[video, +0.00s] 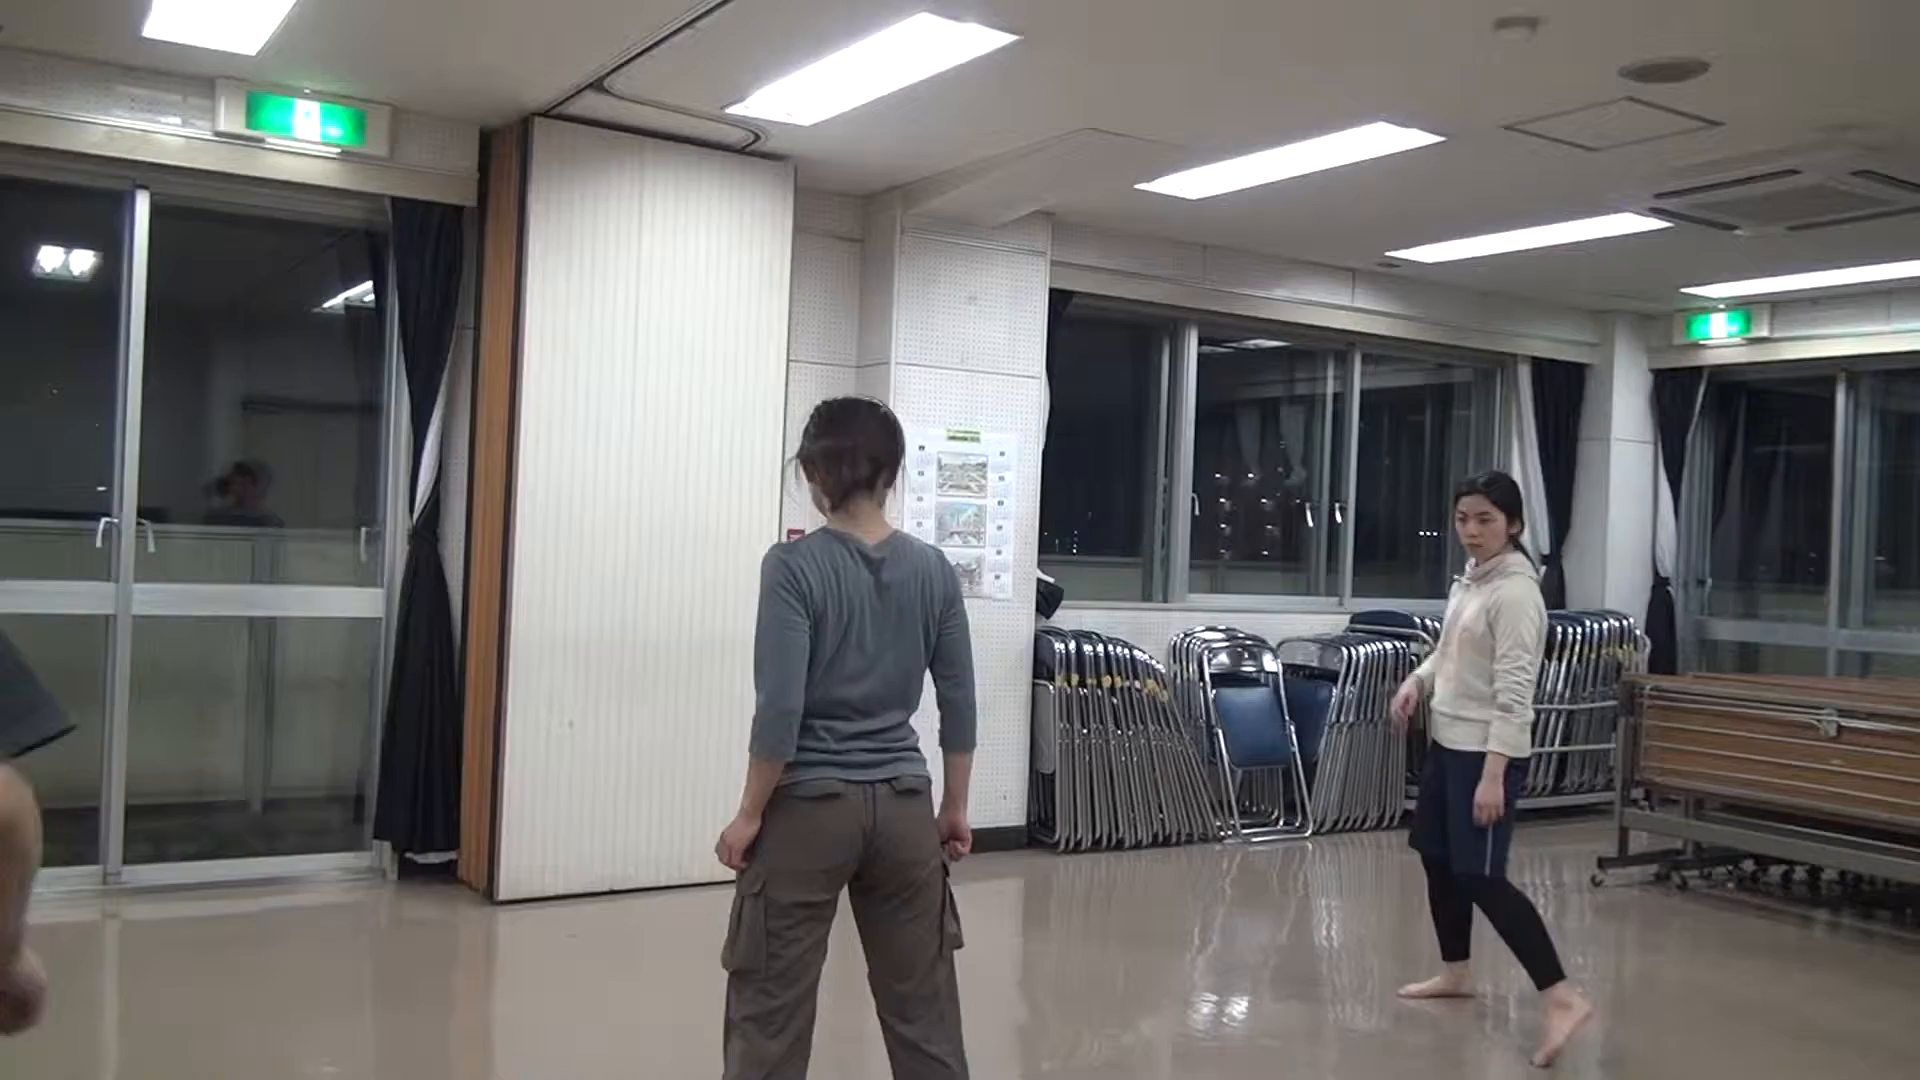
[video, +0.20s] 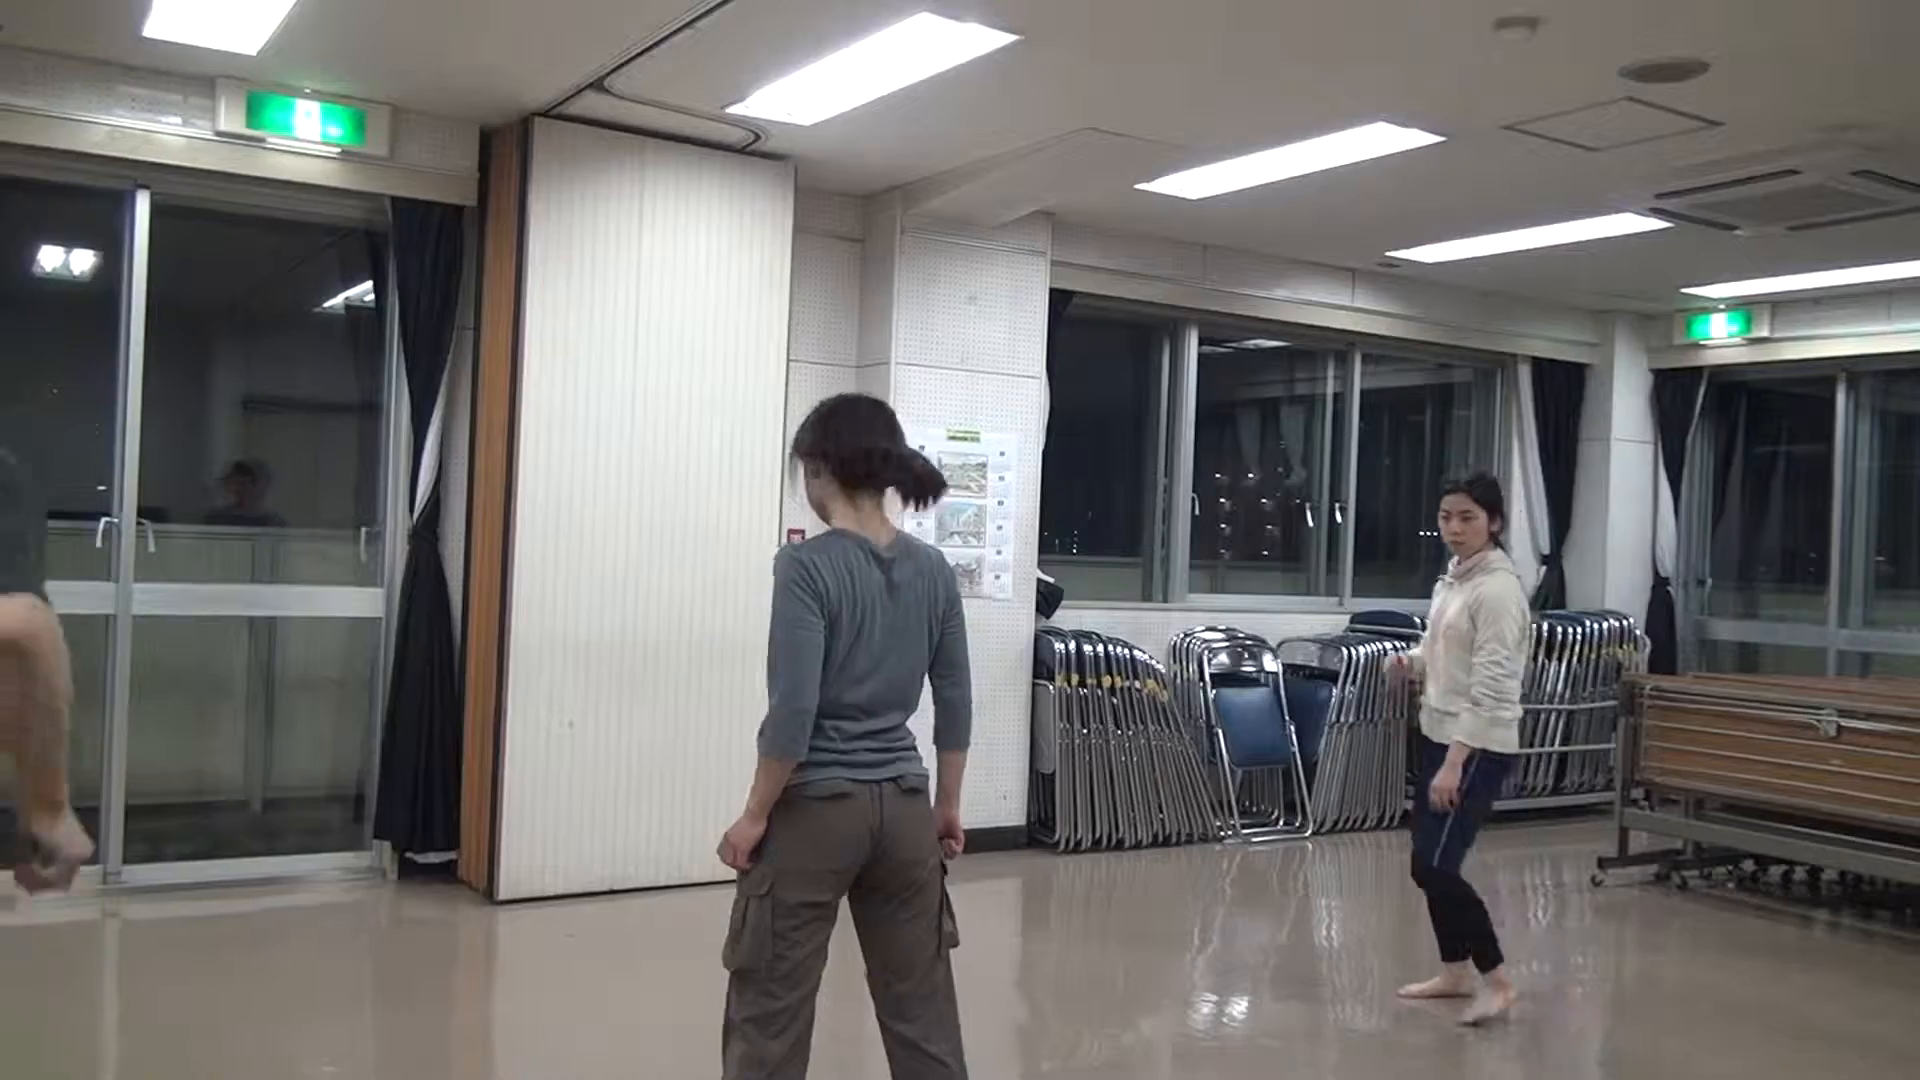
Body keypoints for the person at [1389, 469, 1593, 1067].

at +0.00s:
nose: (1469, 530)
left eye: (1481, 519)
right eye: (1462, 520)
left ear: (1510, 524)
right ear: (1457, 525)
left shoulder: (1516, 590)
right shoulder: (1472, 579)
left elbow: (1517, 689)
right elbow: (1450, 653)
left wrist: (1494, 772)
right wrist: (1416, 681)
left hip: (1483, 753)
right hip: (1445, 745)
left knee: (1479, 875)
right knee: (1435, 853)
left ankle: (1563, 999)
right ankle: (1454, 976)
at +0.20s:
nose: (1453, 526)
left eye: (1466, 517)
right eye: (1446, 517)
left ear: (1493, 523)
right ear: (1440, 522)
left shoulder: (1498, 590)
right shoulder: (1455, 579)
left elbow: (1491, 688)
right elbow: (1448, 651)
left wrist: (1455, 762)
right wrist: (1415, 661)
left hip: (1479, 745)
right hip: (1444, 736)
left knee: (1435, 864)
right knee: (1429, 861)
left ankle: (1498, 982)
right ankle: (1455, 973)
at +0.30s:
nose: (1447, 527)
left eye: (1460, 517)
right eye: (1440, 517)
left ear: (1486, 524)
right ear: (1433, 523)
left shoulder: (1490, 588)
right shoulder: (1450, 578)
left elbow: (1482, 682)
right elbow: (1450, 665)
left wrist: (1441, 754)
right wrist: (1416, 663)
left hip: (1475, 744)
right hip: (1443, 736)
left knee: (1421, 857)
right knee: (1419, 857)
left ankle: (1459, 974)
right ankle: (1450, 971)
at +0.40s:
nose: (1441, 528)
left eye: (1454, 518)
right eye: (1434, 519)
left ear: (1479, 524)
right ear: (1427, 525)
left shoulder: (1482, 588)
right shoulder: (1445, 580)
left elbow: (1471, 685)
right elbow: (1441, 670)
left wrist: (1432, 757)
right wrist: (1412, 659)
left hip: (1467, 744)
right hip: (1438, 735)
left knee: (1409, 853)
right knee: (1424, 855)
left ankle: (1442, 976)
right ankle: (1454, 970)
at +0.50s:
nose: (1434, 529)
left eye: (1446, 520)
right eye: (1427, 520)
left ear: (1472, 524)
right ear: (1421, 524)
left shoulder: (1473, 586)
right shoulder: (1441, 577)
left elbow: (1465, 683)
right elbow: (1438, 668)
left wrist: (1427, 760)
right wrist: (1412, 657)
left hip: (1463, 741)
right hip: (1437, 733)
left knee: (1405, 853)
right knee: (1420, 853)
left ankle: (1427, 980)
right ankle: (1453, 968)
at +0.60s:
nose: (1428, 531)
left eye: (1440, 521)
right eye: (1421, 521)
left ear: (1465, 525)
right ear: (1414, 524)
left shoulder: (1466, 588)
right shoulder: (1438, 579)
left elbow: (1452, 682)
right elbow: (1436, 667)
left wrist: (1418, 760)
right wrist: (1409, 656)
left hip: (1456, 742)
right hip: (1437, 736)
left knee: (1408, 855)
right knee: (1419, 855)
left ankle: (1416, 994)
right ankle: (1454, 968)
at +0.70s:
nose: (1423, 532)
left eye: (1435, 522)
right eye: (1416, 523)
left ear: (1460, 527)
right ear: (1410, 527)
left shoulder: (1461, 589)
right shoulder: (1433, 582)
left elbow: (1438, 681)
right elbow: (1427, 678)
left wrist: (1396, 750)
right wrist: (1404, 659)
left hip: (1451, 742)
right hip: (1426, 736)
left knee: (1416, 857)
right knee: (1407, 851)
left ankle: (1414, 993)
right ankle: (1452, 966)